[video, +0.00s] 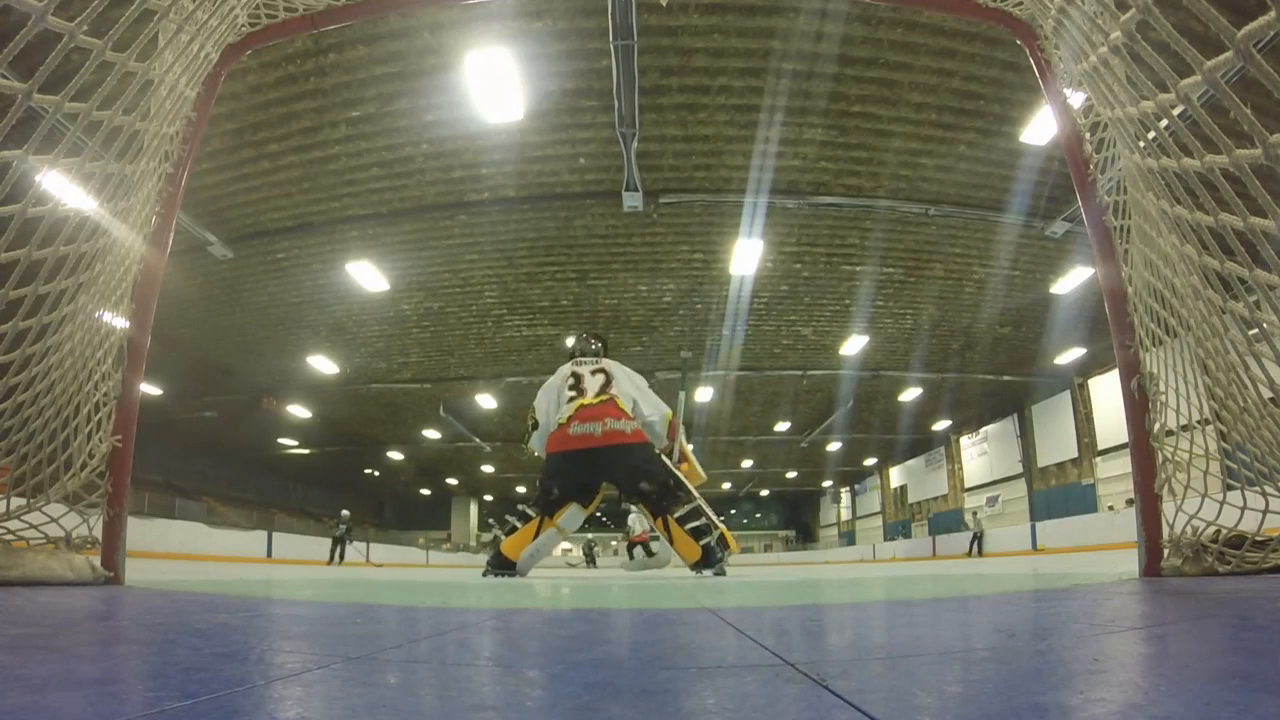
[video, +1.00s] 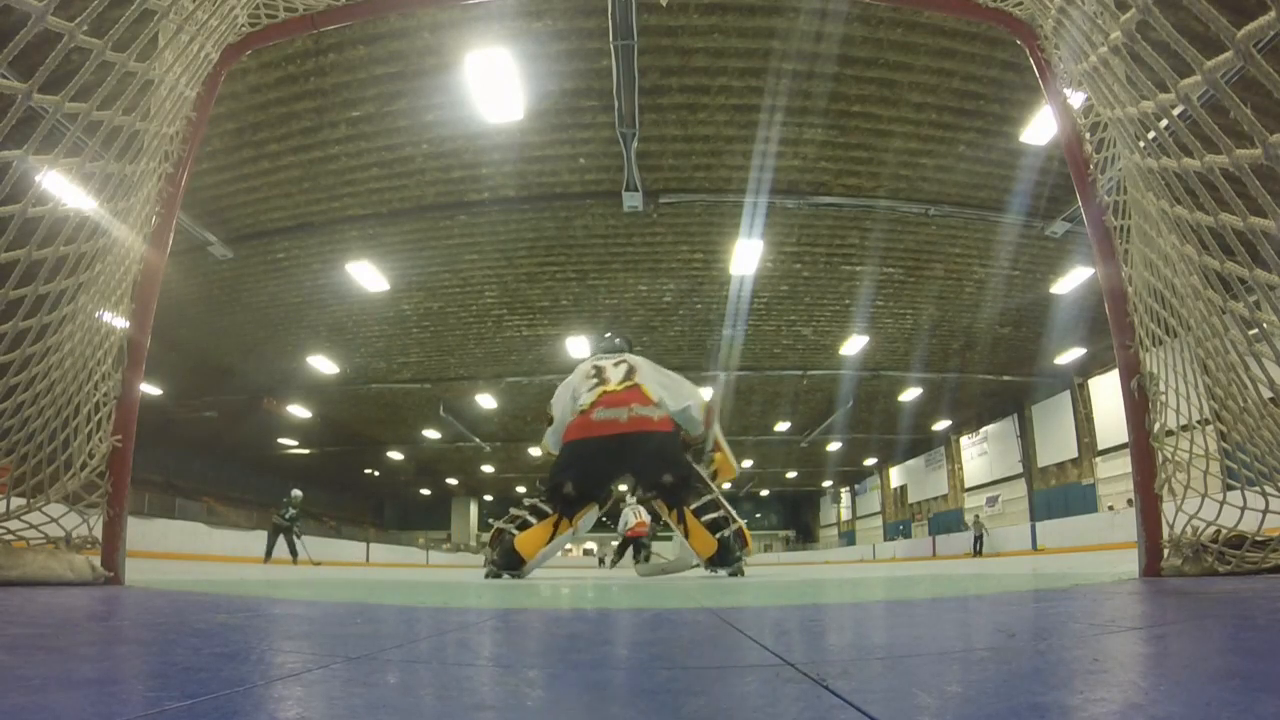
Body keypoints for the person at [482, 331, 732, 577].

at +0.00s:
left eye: (579, 351)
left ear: (572, 354)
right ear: (602, 352)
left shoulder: (554, 380)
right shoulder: (620, 370)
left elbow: (538, 435)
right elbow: (656, 413)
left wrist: (548, 456)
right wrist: (669, 446)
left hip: (567, 449)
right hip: (623, 443)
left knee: (548, 509)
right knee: (665, 499)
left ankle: (502, 563)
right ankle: (708, 557)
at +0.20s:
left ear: (585, 356)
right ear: (614, 356)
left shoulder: (563, 380)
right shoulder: (628, 373)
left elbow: (546, 430)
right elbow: (673, 417)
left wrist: (548, 453)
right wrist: (676, 451)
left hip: (569, 449)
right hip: (627, 444)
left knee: (548, 511)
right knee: (670, 499)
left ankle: (496, 564)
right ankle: (709, 556)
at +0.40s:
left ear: (596, 356)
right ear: (629, 355)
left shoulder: (579, 379)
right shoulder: (646, 371)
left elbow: (565, 427)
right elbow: (689, 413)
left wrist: (550, 439)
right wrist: (692, 448)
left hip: (592, 442)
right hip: (651, 440)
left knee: (561, 504)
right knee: (678, 493)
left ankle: (506, 554)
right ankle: (714, 550)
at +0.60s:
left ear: (599, 360)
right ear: (629, 359)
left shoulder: (582, 376)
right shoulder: (646, 374)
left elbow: (560, 422)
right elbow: (690, 412)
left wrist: (555, 451)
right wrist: (693, 452)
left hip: (591, 440)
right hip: (654, 438)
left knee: (567, 503)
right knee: (677, 497)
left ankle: (523, 555)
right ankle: (720, 553)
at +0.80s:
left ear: (587, 358)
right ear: (618, 356)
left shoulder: (567, 378)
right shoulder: (634, 369)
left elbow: (547, 433)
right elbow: (679, 406)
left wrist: (555, 461)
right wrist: (691, 451)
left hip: (576, 438)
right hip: (639, 433)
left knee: (560, 500)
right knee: (674, 495)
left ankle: (512, 551)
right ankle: (720, 552)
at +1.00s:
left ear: (596, 354)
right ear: (628, 352)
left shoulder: (577, 374)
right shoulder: (644, 365)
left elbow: (555, 436)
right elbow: (691, 403)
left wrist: (558, 454)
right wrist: (701, 441)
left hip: (587, 439)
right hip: (652, 435)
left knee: (559, 501)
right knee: (684, 491)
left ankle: (508, 554)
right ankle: (724, 552)